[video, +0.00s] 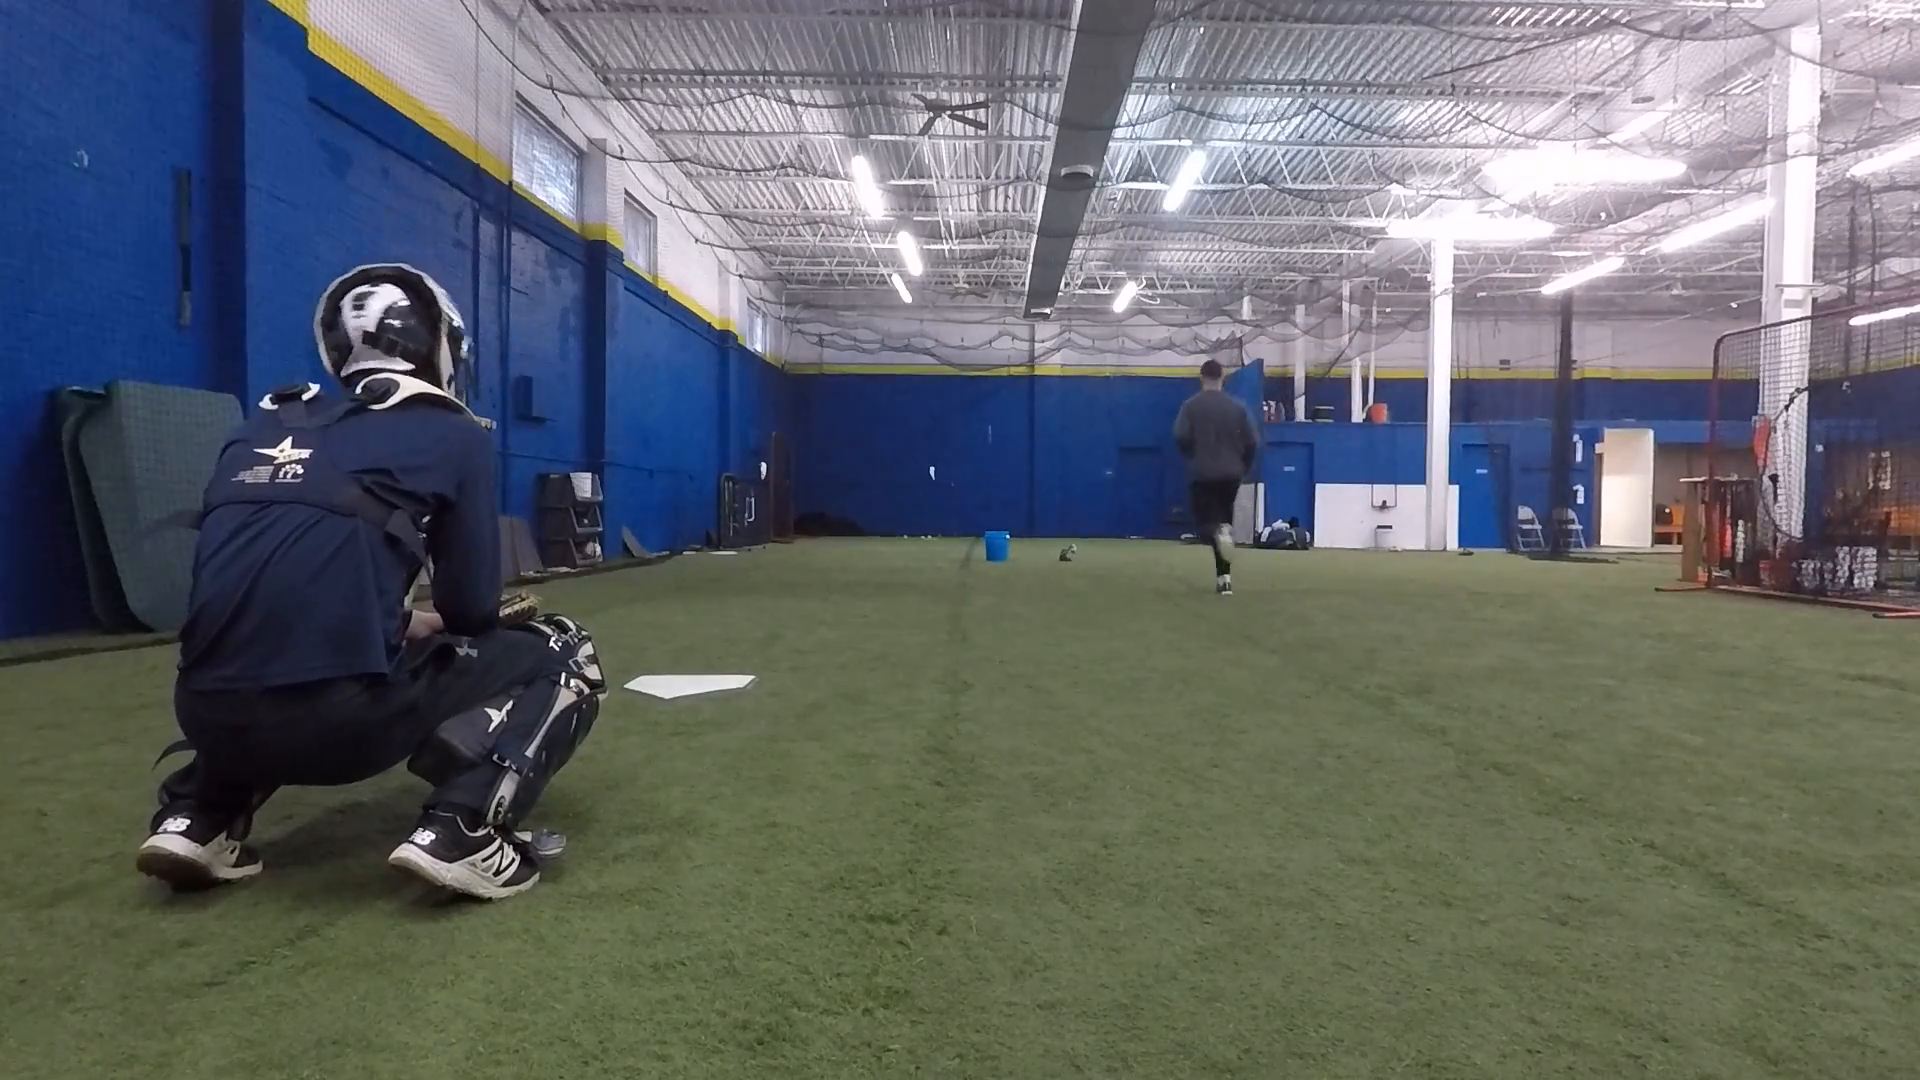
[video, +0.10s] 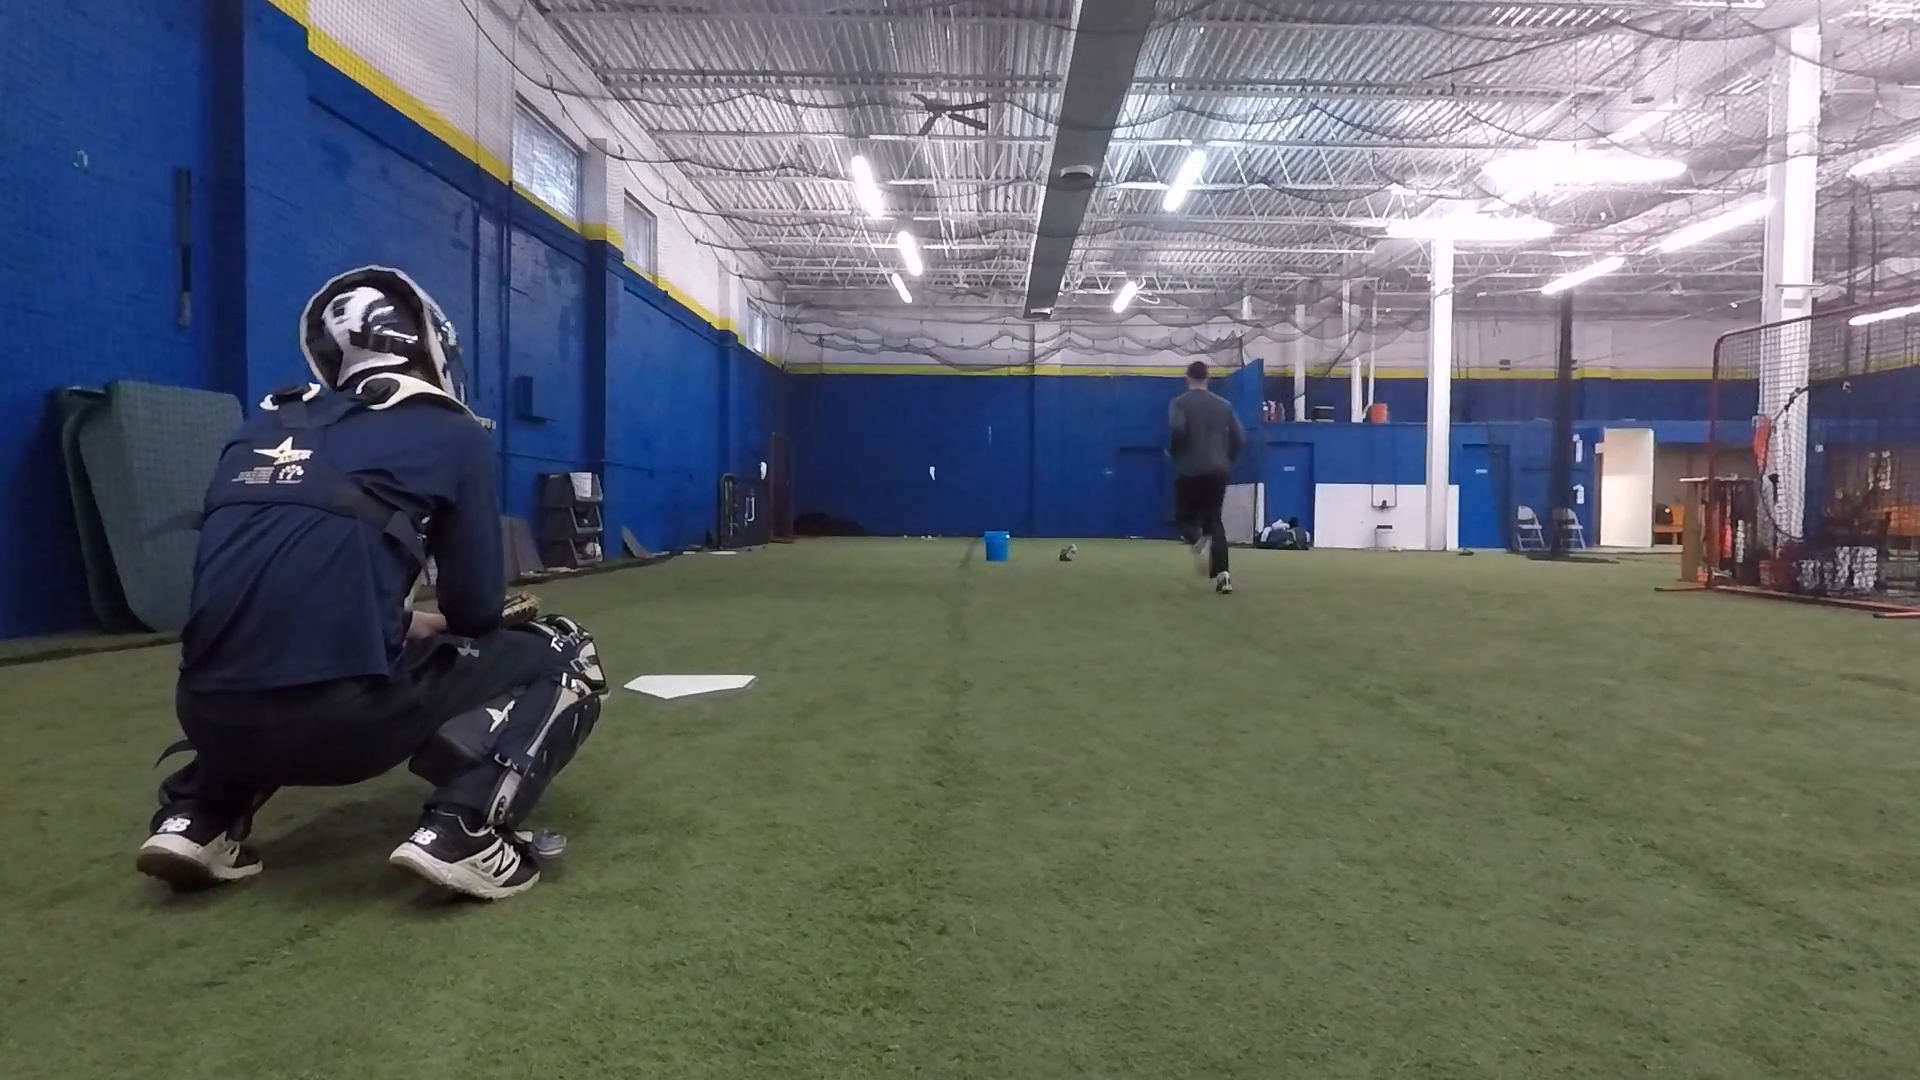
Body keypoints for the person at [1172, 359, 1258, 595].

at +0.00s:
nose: (1212, 381)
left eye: (1207, 376)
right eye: (1218, 376)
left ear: (1202, 378)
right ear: (1222, 378)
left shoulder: (1191, 405)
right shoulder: (1237, 406)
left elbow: (1181, 435)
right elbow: (1251, 441)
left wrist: (1192, 454)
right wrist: (1242, 466)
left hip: (1202, 473)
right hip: (1231, 473)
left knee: (1204, 524)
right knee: (1224, 520)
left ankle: (1220, 532)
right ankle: (1224, 577)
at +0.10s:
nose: (1193, 381)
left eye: (1189, 377)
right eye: (1201, 376)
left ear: (1187, 378)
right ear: (1207, 379)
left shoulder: (1179, 403)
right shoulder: (1223, 404)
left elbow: (1179, 430)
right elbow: (1238, 437)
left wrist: (1173, 452)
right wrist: (1227, 458)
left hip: (1190, 471)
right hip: (1218, 470)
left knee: (1184, 518)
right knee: (1214, 519)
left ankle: (1198, 540)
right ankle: (1222, 571)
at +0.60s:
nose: (1126, 392)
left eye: (1126, 388)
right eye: (1130, 388)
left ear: (1126, 389)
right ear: (1141, 389)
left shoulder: (1119, 410)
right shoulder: (1157, 410)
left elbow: (1109, 437)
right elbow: (1168, 437)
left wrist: (1121, 447)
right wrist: (1162, 456)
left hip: (1130, 469)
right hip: (1154, 468)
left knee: (1137, 514)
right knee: (1152, 512)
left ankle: (1146, 562)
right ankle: (1150, 554)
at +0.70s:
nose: (1119, 392)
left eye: (1119, 389)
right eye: (1124, 389)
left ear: (1118, 390)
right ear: (1133, 390)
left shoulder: (1109, 409)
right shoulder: (1147, 410)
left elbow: (1099, 434)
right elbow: (1159, 437)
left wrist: (1113, 430)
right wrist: (1151, 456)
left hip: (1120, 465)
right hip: (1143, 465)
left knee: (1128, 508)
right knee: (1136, 509)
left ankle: (1140, 546)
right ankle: (1130, 556)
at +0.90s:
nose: (1102, 408)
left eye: (1101, 405)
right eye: (1104, 405)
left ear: (1102, 406)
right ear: (1117, 407)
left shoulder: (1097, 425)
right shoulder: (1128, 427)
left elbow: (1093, 449)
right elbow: (1139, 454)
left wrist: (1090, 464)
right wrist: (1133, 471)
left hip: (1103, 481)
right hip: (1124, 481)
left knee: (1097, 520)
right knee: (1116, 520)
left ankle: (1113, 540)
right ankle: (1119, 562)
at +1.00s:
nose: (1090, 405)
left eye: (1090, 402)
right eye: (1092, 402)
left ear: (1091, 402)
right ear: (1105, 402)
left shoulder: (1090, 420)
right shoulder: (1118, 422)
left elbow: (1090, 440)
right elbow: (1127, 448)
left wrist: (1080, 454)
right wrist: (1122, 466)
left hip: (1093, 476)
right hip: (1114, 475)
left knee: (1086, 515)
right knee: (1111, 515)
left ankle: (1096, 550)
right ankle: (1119, 555)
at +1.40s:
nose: (1054, 416)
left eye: (1054, 413)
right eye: (1056, 413)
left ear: (1055, 413)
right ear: (1068, 411)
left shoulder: (1053, 431)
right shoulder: (1083, 430)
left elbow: (1045, 455)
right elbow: (1090, 453)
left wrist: (1054, 461)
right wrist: (1088, 470)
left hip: (1060, 481)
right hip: (1079, 480)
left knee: (1062, 518)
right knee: (1076, 516)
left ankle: (1066, 555)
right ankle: (1086, 543)